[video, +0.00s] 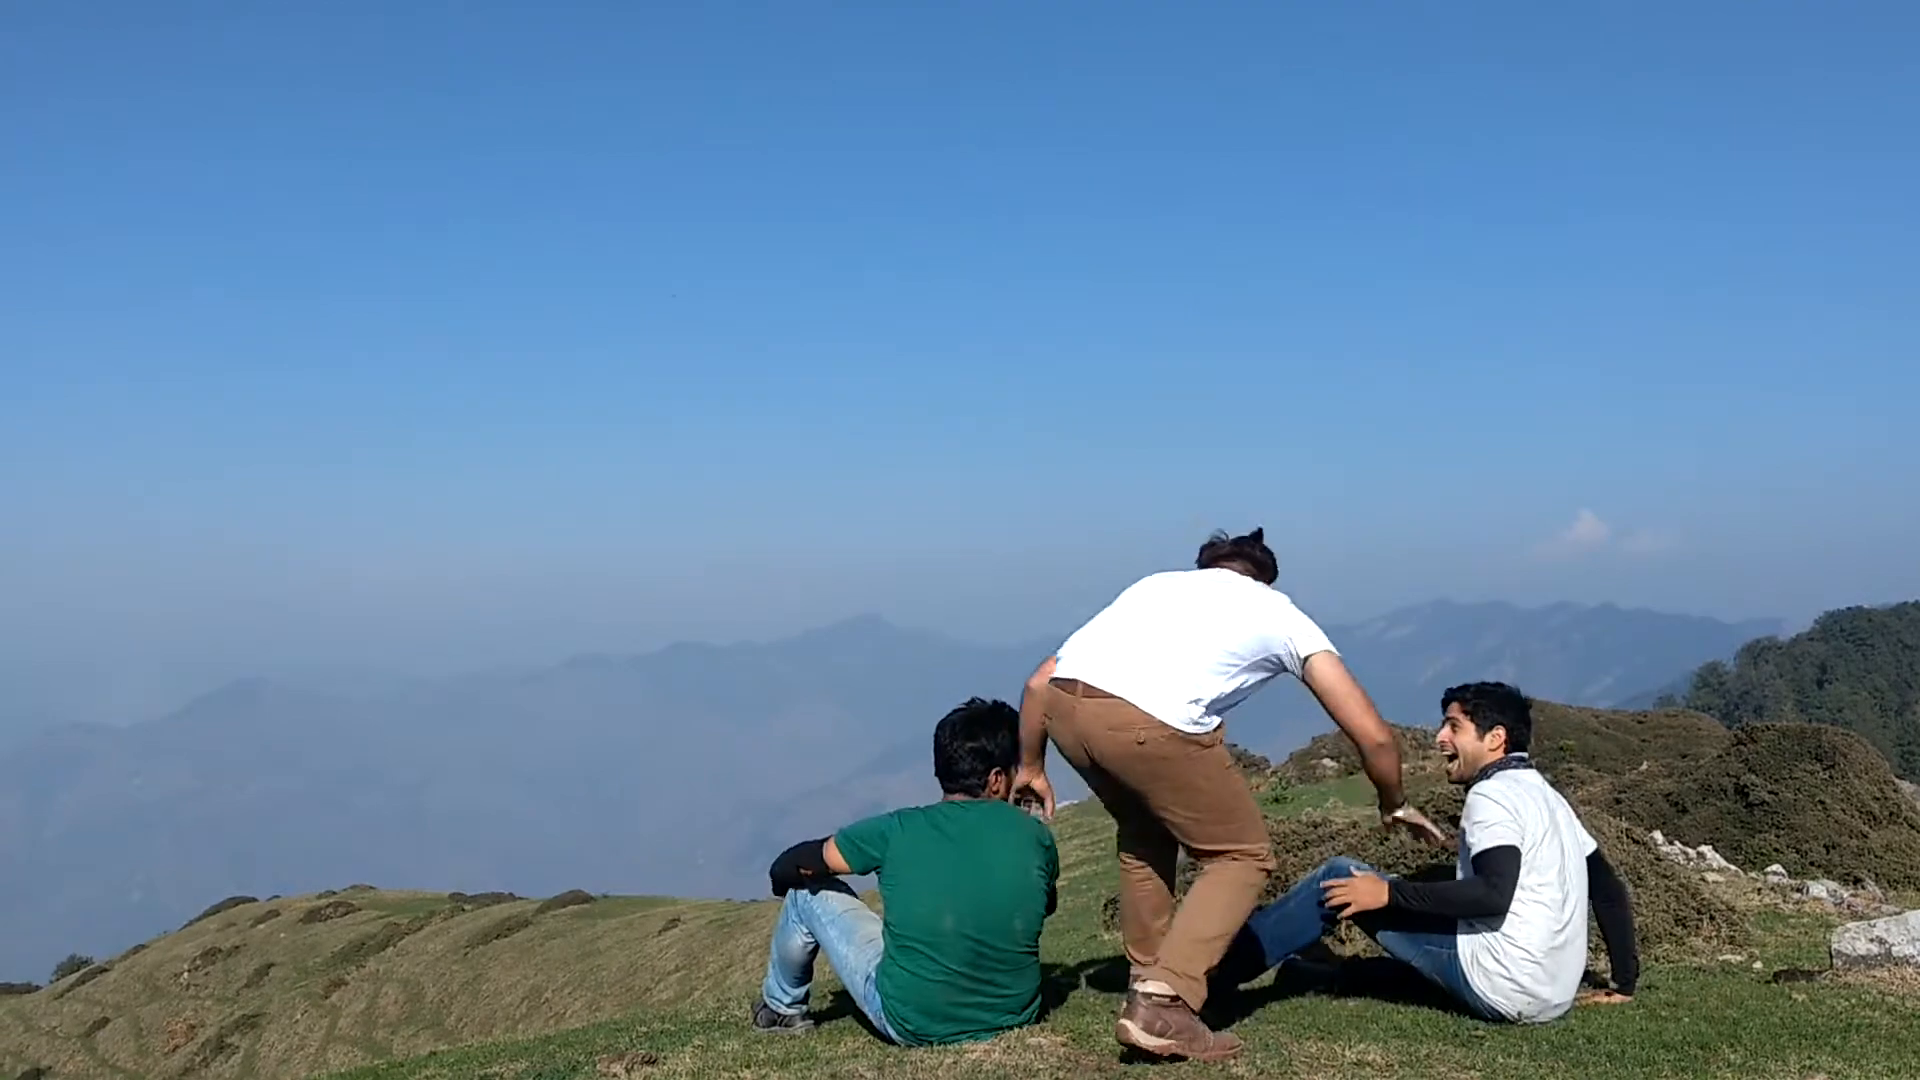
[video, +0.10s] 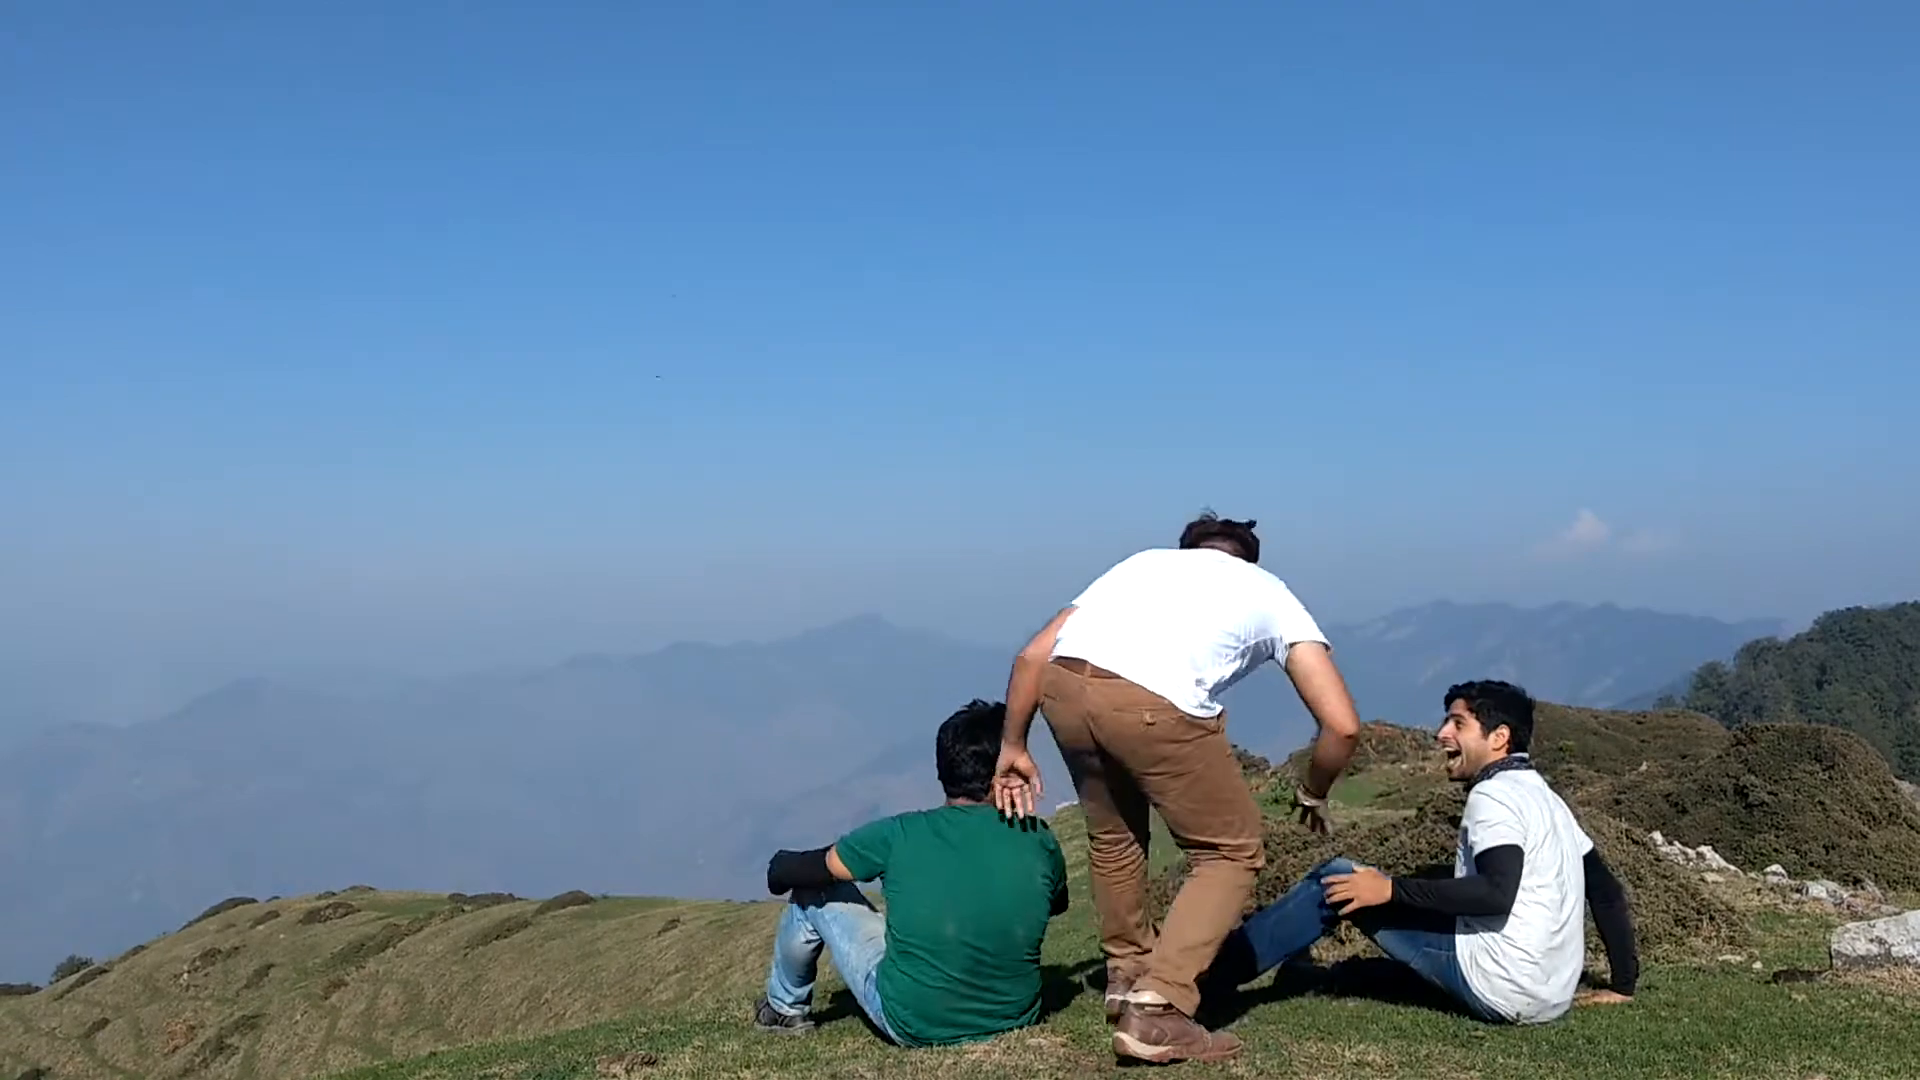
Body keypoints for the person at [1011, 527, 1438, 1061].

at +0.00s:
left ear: (1205, 565)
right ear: (1266, 580)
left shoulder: (1155, 587)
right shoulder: (1278, 611)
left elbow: (1040, 681)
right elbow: (1375, 738)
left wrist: (1029, 765)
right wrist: (1393, 805)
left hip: (1066, 704)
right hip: (1150, 725)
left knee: (1145, 831)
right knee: (1241, 853)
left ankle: (1150, 982)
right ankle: (1164, 1004)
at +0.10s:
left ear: (1187, 547)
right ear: (1251, 560)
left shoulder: (1140, 562)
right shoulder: (1267, 590)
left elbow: (1032, 655)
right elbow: (1343, 727)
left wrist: (1013, 746)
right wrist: (1313, 791)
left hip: (1062, 686)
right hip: (1154, 705)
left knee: (1115, 837)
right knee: (1228, 850)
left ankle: (1125, 978)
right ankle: (1158, 1009)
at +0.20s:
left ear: (1175, 535)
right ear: (1237, 548)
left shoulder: (1123, 551)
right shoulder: (1260, 582)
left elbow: (1029, 642)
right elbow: (1310, 710)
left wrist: (981, 735)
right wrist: (1258, 788)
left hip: (1060, 683)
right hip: (1153, 704)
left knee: (1090, 826)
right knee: (1219, 845)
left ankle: (1081, 993)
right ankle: (1155, 1012)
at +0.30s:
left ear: (1162, 533)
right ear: (1229, 548)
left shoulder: (1112, 552)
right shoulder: (1246, 581)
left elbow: (1014, 653)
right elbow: (1283, 703)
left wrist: (956, 742)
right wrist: (1235, 779)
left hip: (1047, 685)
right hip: (1141, 702)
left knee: (1057, 823)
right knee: (1209, 846)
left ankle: (1022, 997)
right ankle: (1152, 1015)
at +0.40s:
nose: (1226, 564)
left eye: (1226, 557)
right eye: (1228, 556)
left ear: (1158, 538)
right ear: (1217, 550)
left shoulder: (1097, 559)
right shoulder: (1231, 587)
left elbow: (996, 667)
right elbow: (1253, 703)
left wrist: (945, 763)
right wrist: (1220, 782)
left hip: (1028, 687)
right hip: (1122, 703)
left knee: (1024, 831)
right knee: (1201, 842)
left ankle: (953, 1004)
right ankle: (1152, 1015)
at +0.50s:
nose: (1211, 575)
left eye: (1211, 566)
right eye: (1210, 564)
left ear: (1142, 551)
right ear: (1192, 559)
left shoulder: (1079, 574)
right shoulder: (1201, 599)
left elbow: (989, 672)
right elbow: (1199, 719)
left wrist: (943, 792)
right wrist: (1211, 806)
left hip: (993, 703)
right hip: (1083, 715)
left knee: (987, 847)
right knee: (1185, 842)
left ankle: (929, 1021)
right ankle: (1150, 1017)